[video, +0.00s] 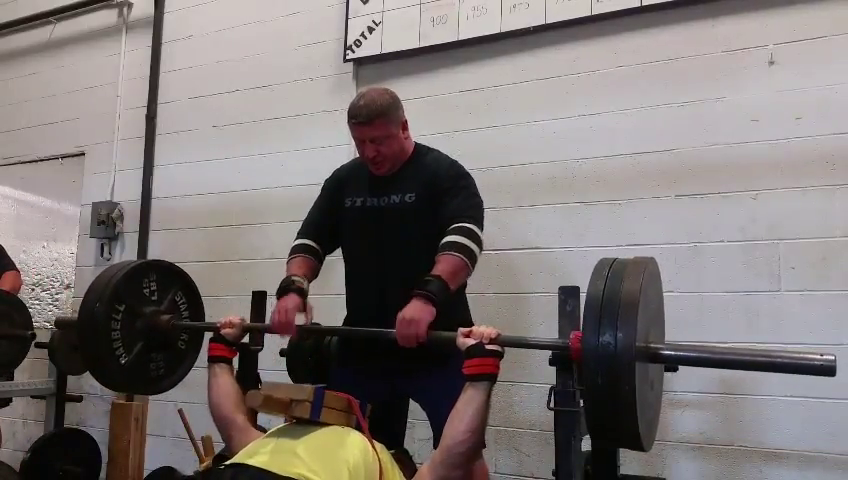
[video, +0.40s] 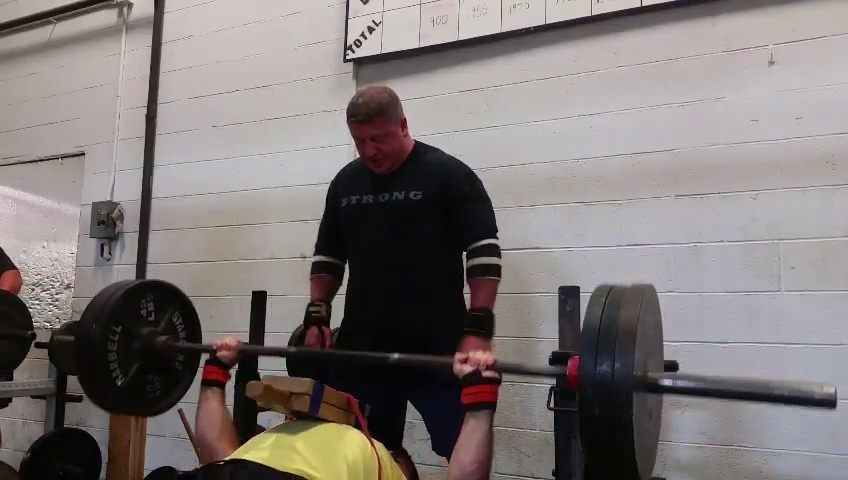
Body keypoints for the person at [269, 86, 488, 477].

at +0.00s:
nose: (369, 152)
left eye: (378, 141)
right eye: (361, 142)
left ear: (404, 129)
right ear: (352, 137)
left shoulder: (447, 176)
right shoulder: (344, 183)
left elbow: (462, 244)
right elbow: (311, 242)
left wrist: (428, 297)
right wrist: (293, 290)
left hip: (439, 348)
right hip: (364, 346)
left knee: (463, 455)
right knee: (367, 459)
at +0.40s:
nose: (370, 151)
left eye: (379, 139)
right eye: (361, 141)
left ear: (403, 126)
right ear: (352, 135)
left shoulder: (452, 178)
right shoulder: (345, 184)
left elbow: (484, 254)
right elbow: (328, 257)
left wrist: (478, 329)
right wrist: (317, 316)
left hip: (438, 347)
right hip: (363, 346)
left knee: (468, 457)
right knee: (364, 458)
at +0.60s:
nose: (370, 152)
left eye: (379, 141)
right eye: (361, 143)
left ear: (403, 127)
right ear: (351, 136)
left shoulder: (451, 176)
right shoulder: (345, 184)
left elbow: (487, 252)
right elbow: (327, 258)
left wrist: (487, 327)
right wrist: (312, 318)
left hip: (439, 341)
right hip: (366, 342)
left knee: (464, 452)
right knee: (369, 454)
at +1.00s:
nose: (367, 156)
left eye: (375, 145)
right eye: (357, 147)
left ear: (400, 130)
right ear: (348, 139)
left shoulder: (448, 176)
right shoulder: (342, 185)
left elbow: (482, 253)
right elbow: (325, 259)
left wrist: (479, 328)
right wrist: (311, 320)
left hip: (439, 339)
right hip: (367, 341)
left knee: (461, 449)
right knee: (373, 451)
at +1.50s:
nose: (362, 157)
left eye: (371, 145)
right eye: (353, 148)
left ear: (395, 129)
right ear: (343, 140)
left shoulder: (446, 175)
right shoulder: (340, 183)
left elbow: (480, 254)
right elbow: (324, 260)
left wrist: (477, 322)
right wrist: (313, 319)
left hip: (438, 343)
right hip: (364, 344)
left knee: (463, 456)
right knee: (368, 460)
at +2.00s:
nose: (359, 158)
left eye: (368, 147)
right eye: (350, 149)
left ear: (393, 130)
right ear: (341, 141)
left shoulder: (444, 177)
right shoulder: (337, 185)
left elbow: (478, 258)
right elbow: (323, 261)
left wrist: (474, 334)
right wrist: (313, 322)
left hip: (437, 338)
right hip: (365, 339)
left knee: (463, 449)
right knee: (367, 450)